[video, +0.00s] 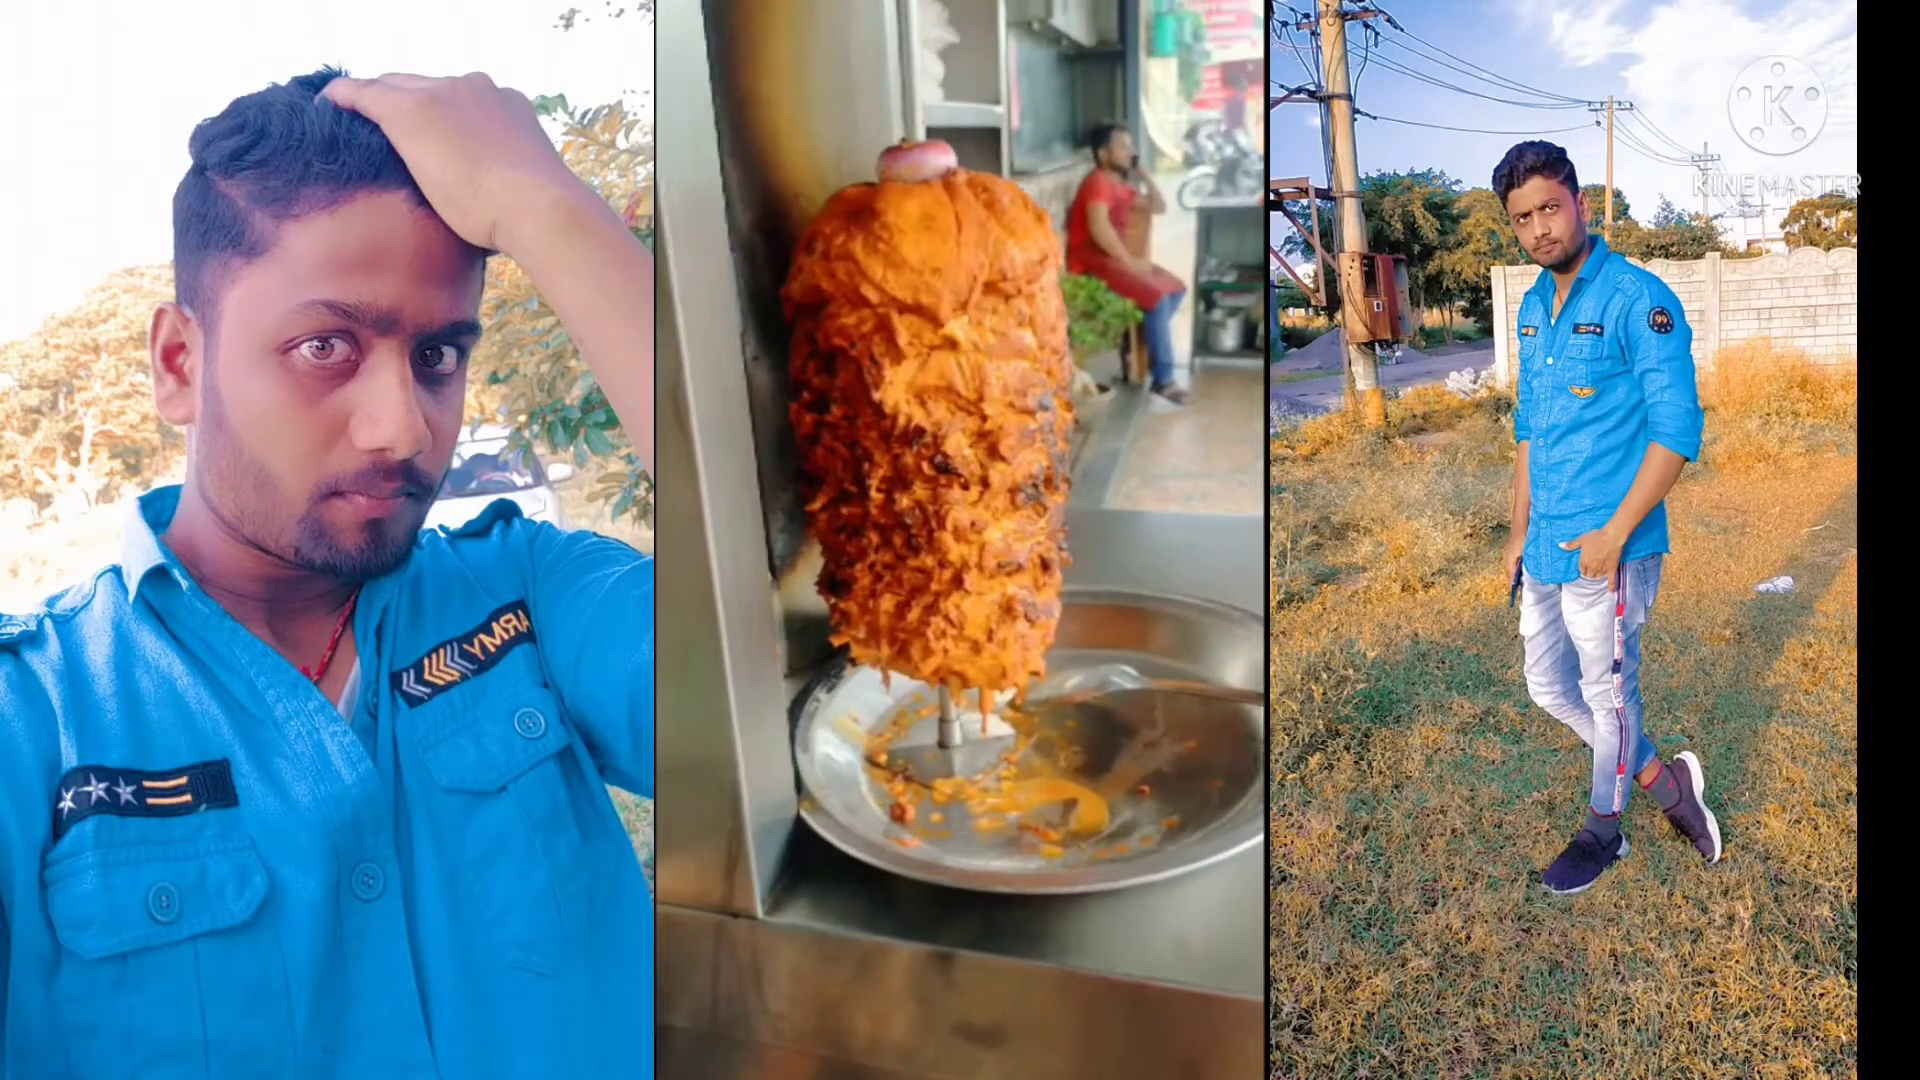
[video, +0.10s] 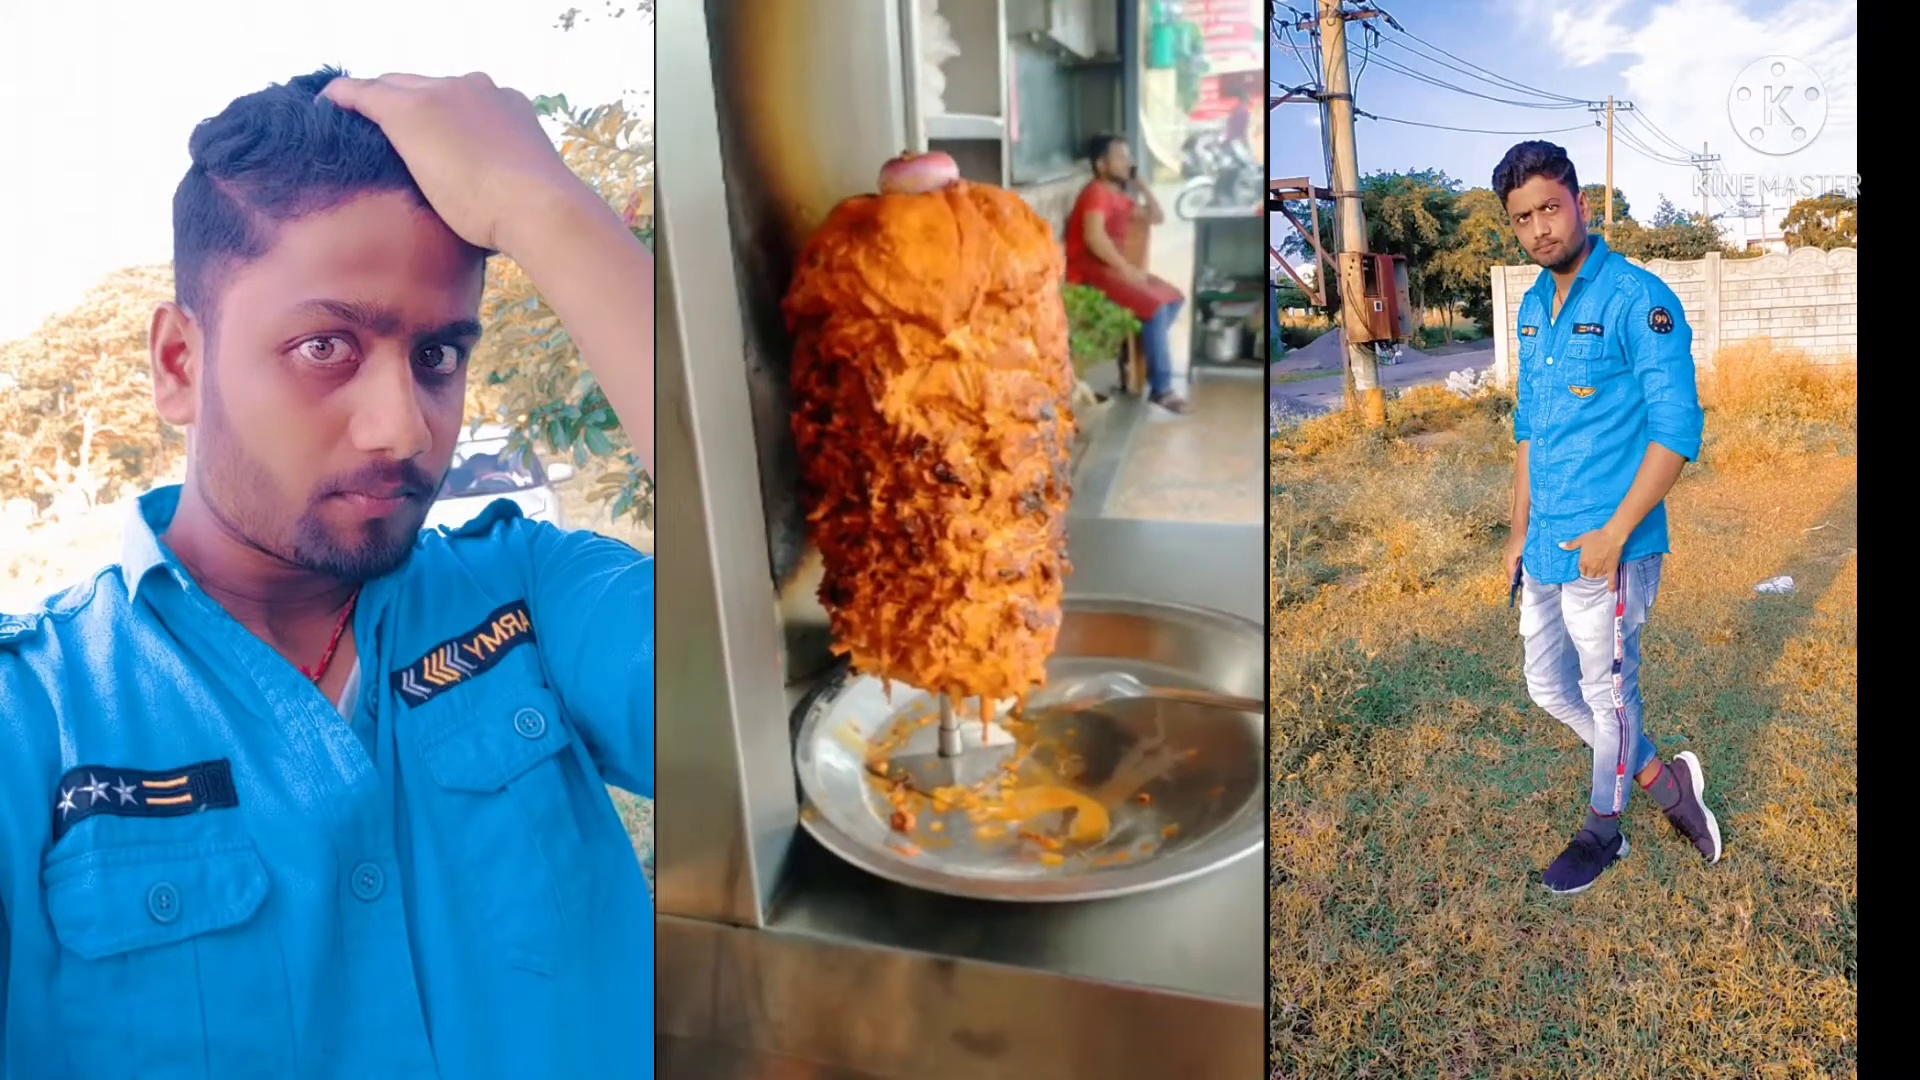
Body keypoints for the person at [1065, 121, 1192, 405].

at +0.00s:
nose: (1130, 151)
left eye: (1129, 145)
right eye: (1122, 145)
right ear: (1103, 153)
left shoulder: (1121, 184)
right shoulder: (1097, 182)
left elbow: (1158, 207)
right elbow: (1098, 228)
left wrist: (1143, 176)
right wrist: (1129, 260)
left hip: (1118, 257)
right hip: (1093, 261)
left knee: (1176, 289)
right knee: (1155, 299)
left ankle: (1134, 343)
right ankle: (1163, 380)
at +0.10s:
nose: (1128, 162)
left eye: (1127, 155)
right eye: (1120, 156)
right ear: (1101, 164)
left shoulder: (1120, 195)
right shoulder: (1096, 192)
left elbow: (1156, 217)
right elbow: (1093, 237)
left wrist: (1141, 186)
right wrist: (1127, 268)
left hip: (1116, 267)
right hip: (1092, 271)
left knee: (1174, 300)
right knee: (1153, 309)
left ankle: (1132, 352)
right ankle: (1162, 389)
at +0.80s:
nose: (1140, 148)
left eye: (1143, 142)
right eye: (1133, 142)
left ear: (1145, 146)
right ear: (1114, 147)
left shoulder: (1134, 179)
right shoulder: (1111, 175)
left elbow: (1173, 202)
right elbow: (1117, 225)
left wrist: (1156, 165)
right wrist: (1142, 259)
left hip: (1125, 250)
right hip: (1103, 255)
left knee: (1187, 287)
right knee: (1168, 292)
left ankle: (1141, 334)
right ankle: (1185, 369)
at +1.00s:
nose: (1150, 129)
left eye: (1153, 122)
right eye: (1143, 122)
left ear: (1155, 127)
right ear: (1125, 127)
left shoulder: (1144, 160)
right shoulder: (1121, 156)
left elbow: (1183, 183)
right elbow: (1126, 207)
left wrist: (1167, 146)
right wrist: (1152, 242)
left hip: (1133, 234)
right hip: (1113, 237)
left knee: (1197, 268)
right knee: (1180, 272)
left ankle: (1154, 326)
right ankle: (1163, 350)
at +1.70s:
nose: (1178, 122)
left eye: (1181, 116)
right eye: (1171, 116)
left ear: (1183, 121)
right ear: (1153, 120)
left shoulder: (1172, 154)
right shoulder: (1148, 149)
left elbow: (1209, 178)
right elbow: (1150, 200)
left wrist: (1195, 141)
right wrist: (1175, 237)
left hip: (1163, 228)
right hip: (1139, 230)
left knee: (1220, 262)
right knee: (1198, 269)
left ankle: (1181, 322)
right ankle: (1148, 328)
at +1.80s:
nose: (1185, 84)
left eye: (1188, 79)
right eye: (1178, 78)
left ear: (1190, 83)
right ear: (1160, 82)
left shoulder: (1179, 117)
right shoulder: (1154, 112)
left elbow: (1215, 143)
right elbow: (1155, 162)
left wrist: (1202, 105)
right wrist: (1178, 202)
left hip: (1171, 193)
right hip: (1146, 194)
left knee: (1225, 229)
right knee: (1202, 236)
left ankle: (1183, 288)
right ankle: (1150, 295)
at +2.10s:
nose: (1185, 121)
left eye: (1188, 115)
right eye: (1178, 115)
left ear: (1190, 119)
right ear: (1160, 117)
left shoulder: (1176, 152)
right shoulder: (1154, 147)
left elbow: (1213, 177)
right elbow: (1153, 197)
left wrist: (1203, 141)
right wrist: (1176, 236)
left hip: (1160, 228)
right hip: (1136, 229)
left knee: (1220, 264)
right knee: (1197, 269)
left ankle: (1170, 323)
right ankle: (1145, 328)